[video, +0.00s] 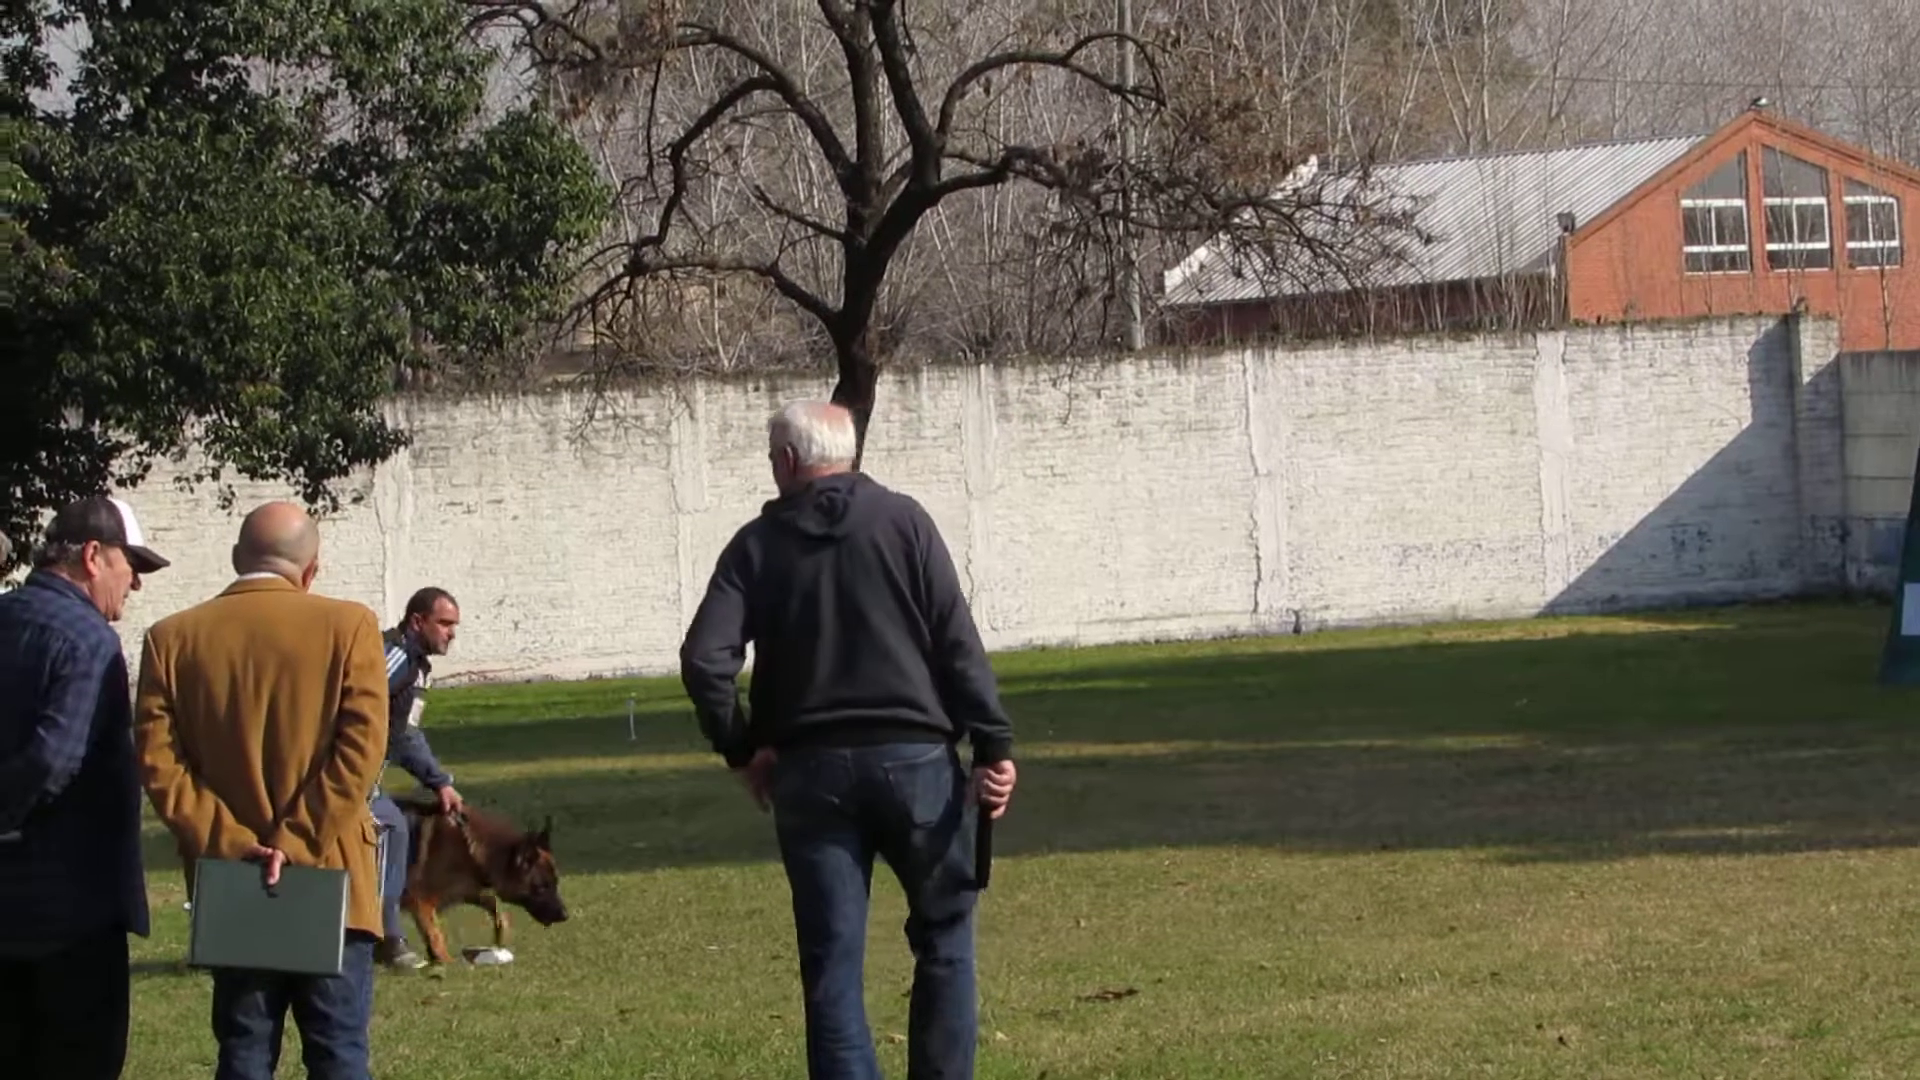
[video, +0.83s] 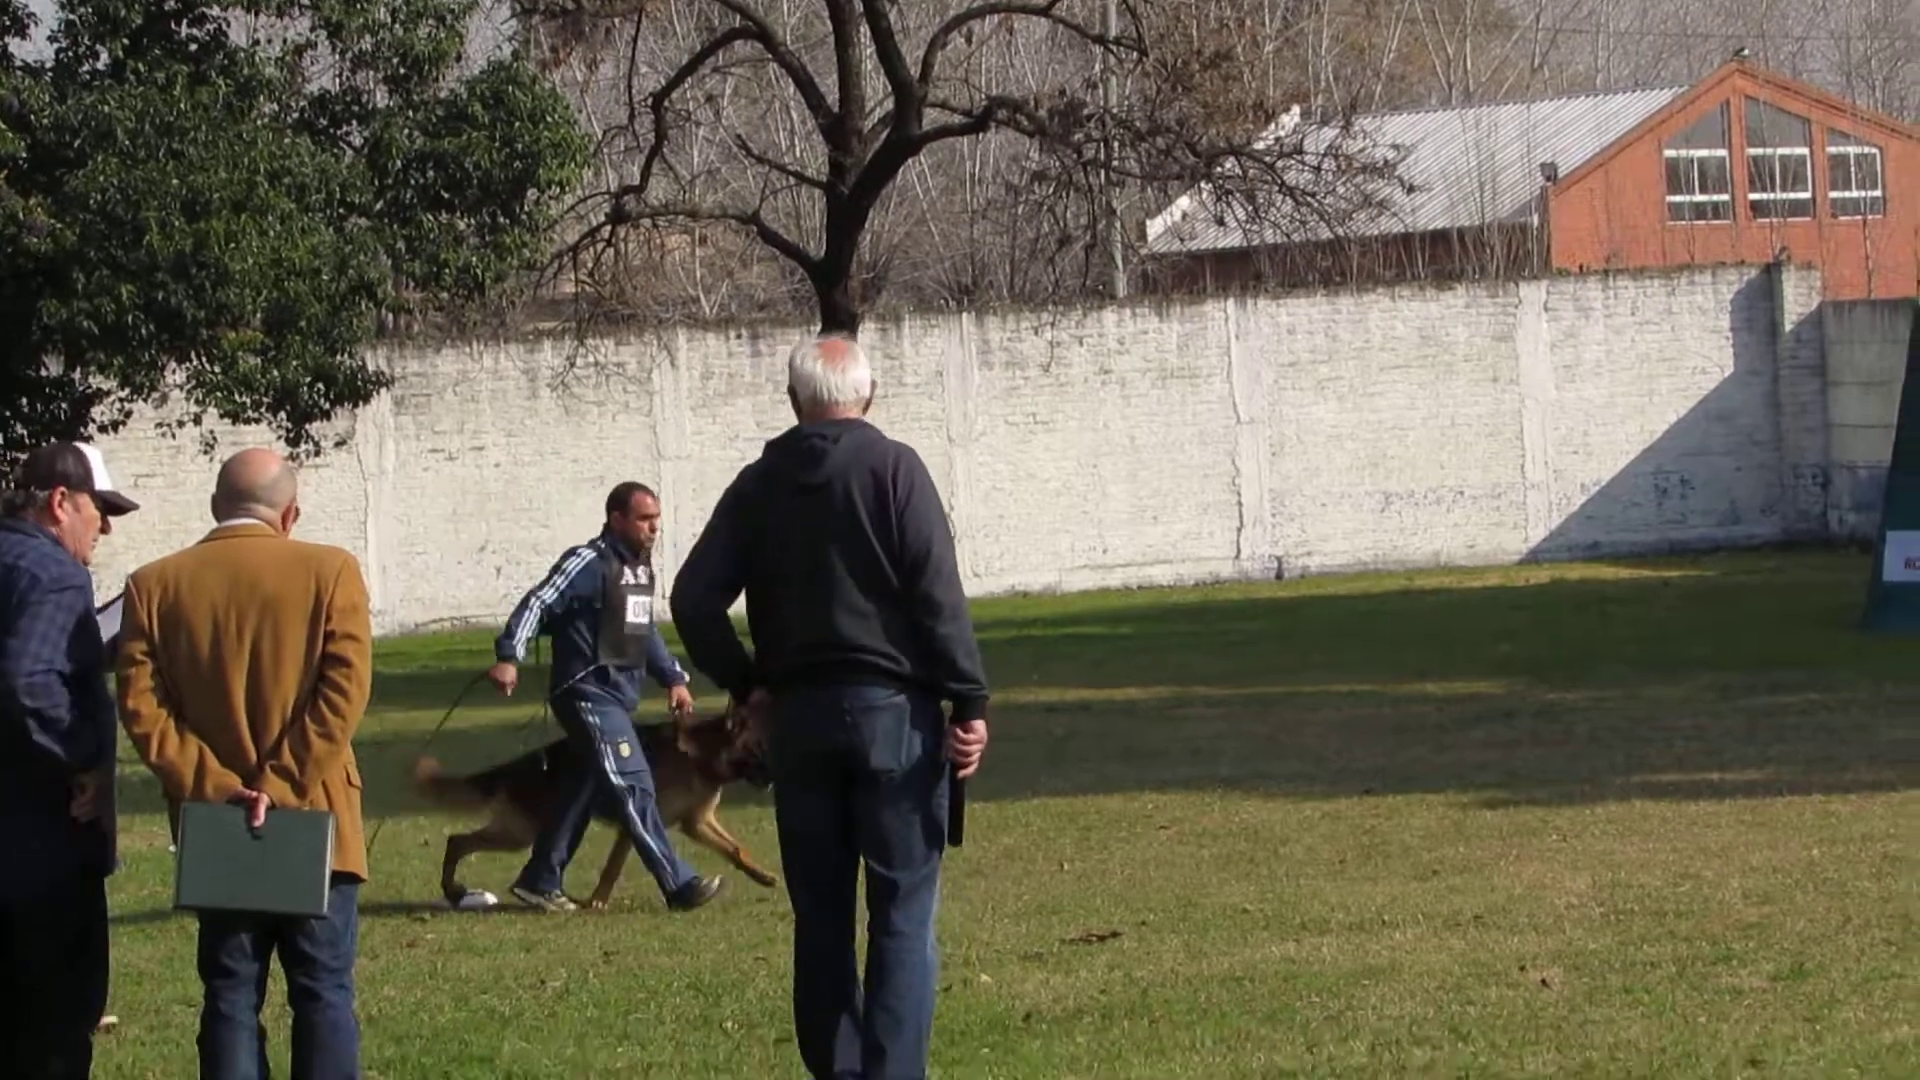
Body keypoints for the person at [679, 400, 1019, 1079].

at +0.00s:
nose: (771, 472)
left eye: (772, 461)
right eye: (773, 461)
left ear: (787, 461)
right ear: (852, 457)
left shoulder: (757, 542)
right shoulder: (904, 520)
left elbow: (705, 660)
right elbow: (956, 642)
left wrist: (742, 749)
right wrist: (994, 746)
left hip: (808, 773)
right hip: (915, 763)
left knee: (830, 964)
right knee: (945, 936)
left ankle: (845, 1076)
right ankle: (943, 1071)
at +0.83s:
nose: (872, 402)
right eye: (872, 392)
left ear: (793, 400)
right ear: (869, 397)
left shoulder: (757, 481)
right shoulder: (893, 466)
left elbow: (693, 600)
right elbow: (937, 595)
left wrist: (745, 684)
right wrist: (970, 702)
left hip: (795, 713)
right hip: (890, 709)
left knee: (818, 911)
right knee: (904, 907)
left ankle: (835, 1065)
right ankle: (897, 1068)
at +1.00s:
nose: (890, 326)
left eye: (886, 316)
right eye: (888, 316)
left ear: (803, 322)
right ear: (881, 321)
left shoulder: (765, 401)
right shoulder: (899, 391)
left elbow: (700, 516)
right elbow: (938, 521)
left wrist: (751, 602)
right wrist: (970, 627)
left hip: (800, 640)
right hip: (891, 636)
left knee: (819, 826)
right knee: (900, 822)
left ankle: (833, 1009)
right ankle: (888, 1016)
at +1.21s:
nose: (870, 229)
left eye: (866, 217)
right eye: (868, 219)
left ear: (783, 219)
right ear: (856, 224)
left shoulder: (738, 302)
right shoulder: (870, 296)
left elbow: (671, 409)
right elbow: (904, 430)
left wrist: (716, 500)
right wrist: (927, 537)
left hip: (763, 545)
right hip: (852, 542)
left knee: (785, 732)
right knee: (857, 733)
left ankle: (791, 914)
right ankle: (844, 921)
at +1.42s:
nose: (804, 173)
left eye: (799, 161)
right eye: (802, 162)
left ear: (723, 157)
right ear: (789, 165)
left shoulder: (674, 236)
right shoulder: (798, 238)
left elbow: (600, 352)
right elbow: (830, 373)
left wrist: (653, 442)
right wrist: (850, 484)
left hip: (692, 482)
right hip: (776, 481)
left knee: (711, 670)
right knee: (783, 672)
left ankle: (703, 859)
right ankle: (769, 864)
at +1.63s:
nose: (716, 135)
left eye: (713, 121)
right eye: (713, 123)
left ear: (634, 121)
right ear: (696, 127)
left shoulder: (585, 198)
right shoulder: (696, 201)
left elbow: (517, 318)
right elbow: (726, 335)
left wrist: (580, 401)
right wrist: (752, 447)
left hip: (605, 450)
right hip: (686, 450)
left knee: (615, 635)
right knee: (696, 637)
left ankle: (608, 824)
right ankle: (681, 828)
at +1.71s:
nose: (662, 122)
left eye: (659, 108)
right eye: (658, 109)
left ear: (583, 109)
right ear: (636, 112)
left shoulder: (534, 183)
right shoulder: (639, 186)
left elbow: (468, 307)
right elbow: (667, 323)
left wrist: (535, 394)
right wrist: (694, 435)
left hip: (554, 439)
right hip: (633, 439)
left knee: (563, 628)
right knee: (645, 631)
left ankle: (556, 814)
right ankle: (629, 817)